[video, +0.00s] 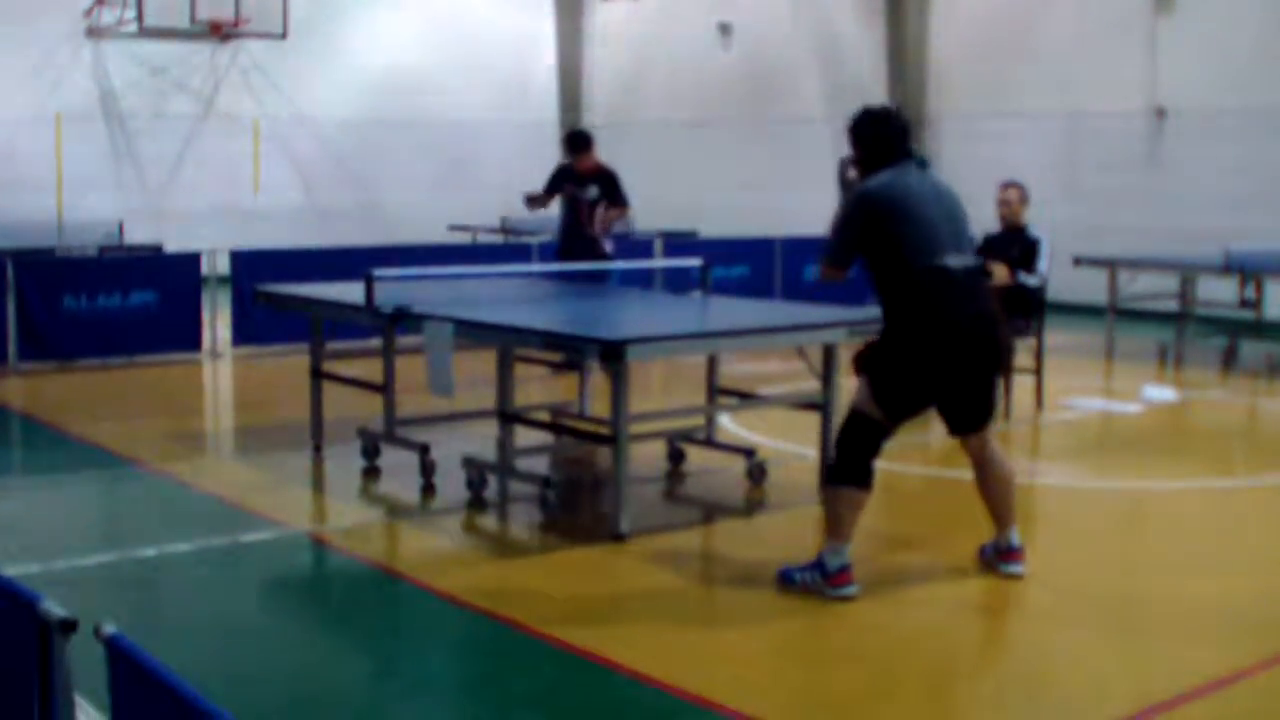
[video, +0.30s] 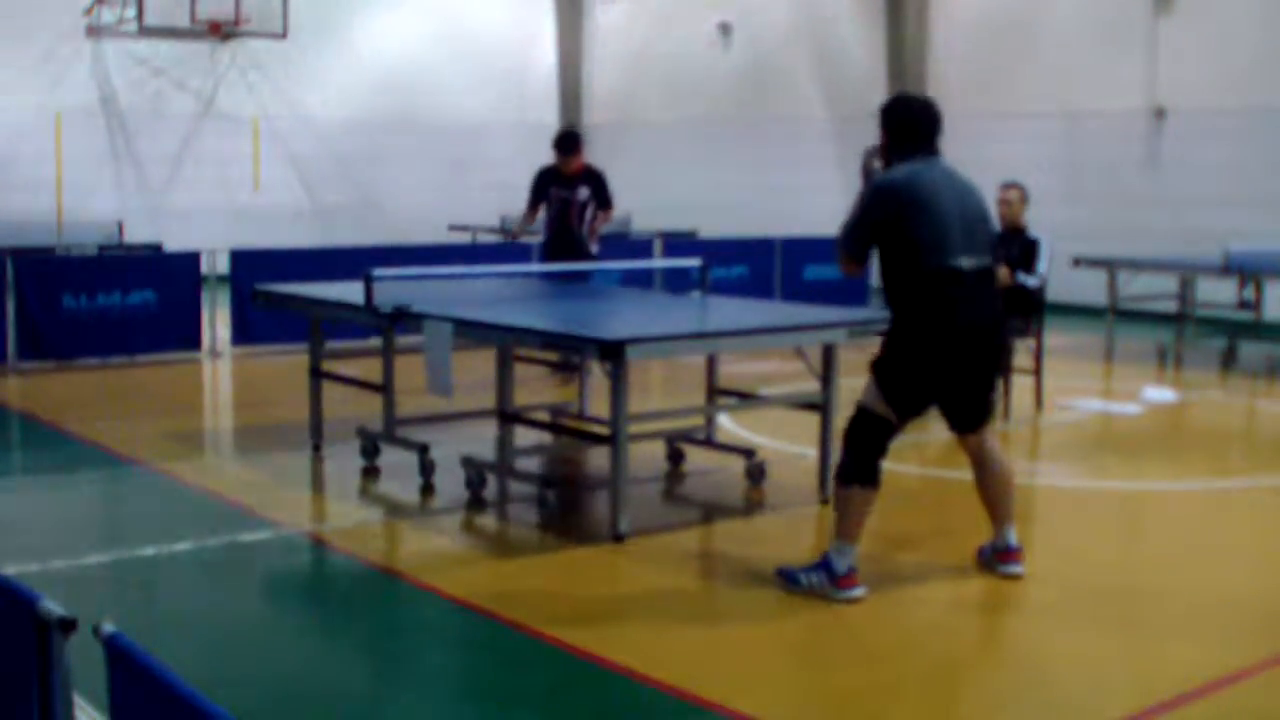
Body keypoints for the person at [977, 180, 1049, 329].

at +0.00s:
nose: (1003, 210)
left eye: (1008, 204)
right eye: (1001, 204)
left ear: (1022, 205)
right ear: (997, 205)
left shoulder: (1036, 242)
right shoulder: (990, 241)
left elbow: (1039, 280)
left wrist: (1012, 277)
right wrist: (991, 270)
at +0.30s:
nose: (1003, 210)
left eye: (1009, 204)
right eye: (1001, 204)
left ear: (1022, 206)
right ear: (997, 205)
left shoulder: (1036, 243)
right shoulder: (992, 241)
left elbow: (1038, 281)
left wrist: (1013, 277)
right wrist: (993, 274)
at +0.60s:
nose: (1003, 211)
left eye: (1009, 205)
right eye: (1000, 204)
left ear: (1023, 207)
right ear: (996, 206)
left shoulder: (1035, 244)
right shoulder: (992, 242)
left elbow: (1038, 281)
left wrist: (1013, 278)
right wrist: (993, 277)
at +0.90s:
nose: (1002, 210)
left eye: (1007, 204)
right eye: (1000, 204)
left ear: (1021, 207)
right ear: (996, 205)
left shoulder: (1034, 244)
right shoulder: (991, 241)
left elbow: (1037, 282)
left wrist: (1014, 276)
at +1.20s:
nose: (1001, 209)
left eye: (1007, 204)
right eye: (999, 203)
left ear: (1020, 206)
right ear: (996, 205)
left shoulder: (1034, 244)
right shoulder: (987, 242)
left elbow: (1037, 281)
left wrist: (1011, 277)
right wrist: (988, 274)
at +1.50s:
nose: (1003, 209)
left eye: (1008, 203)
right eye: (1000, 203)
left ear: (1022, 206)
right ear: (996, 205)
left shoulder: (1034, 243)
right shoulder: (987, 241)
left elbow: (1036, 281)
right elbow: (973, 266)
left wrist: (1010, 276)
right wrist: (990, 273)